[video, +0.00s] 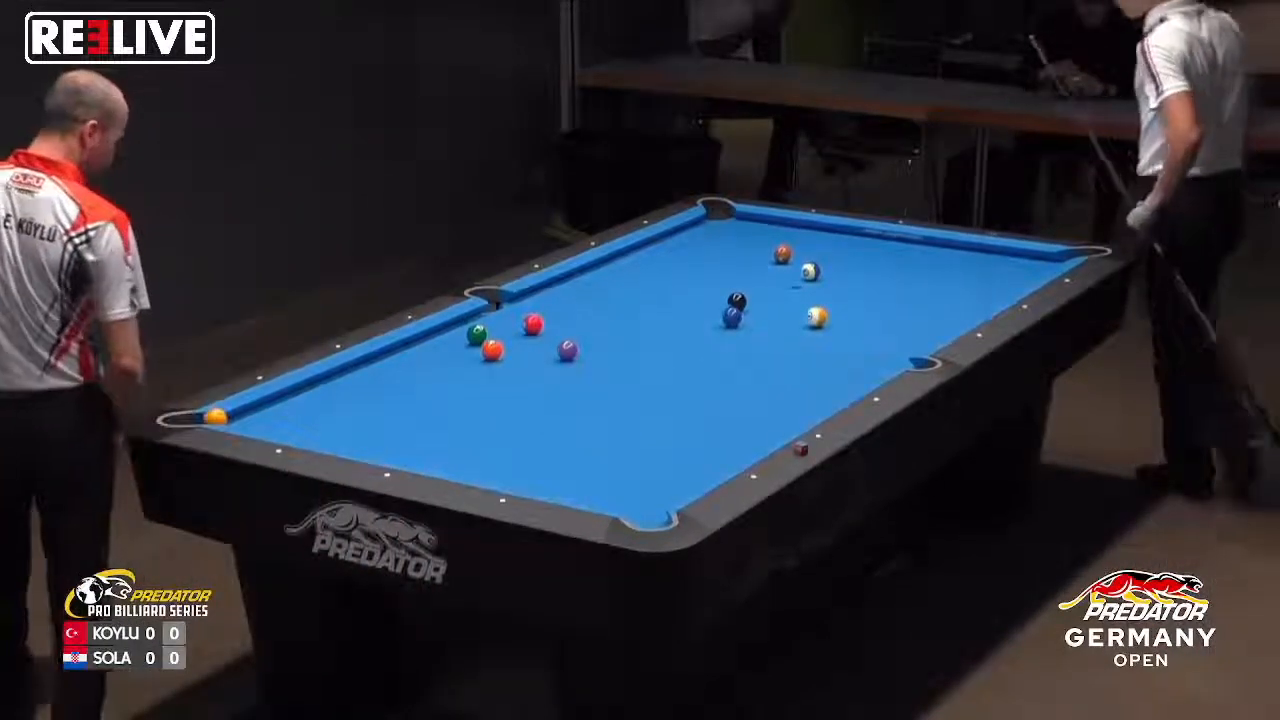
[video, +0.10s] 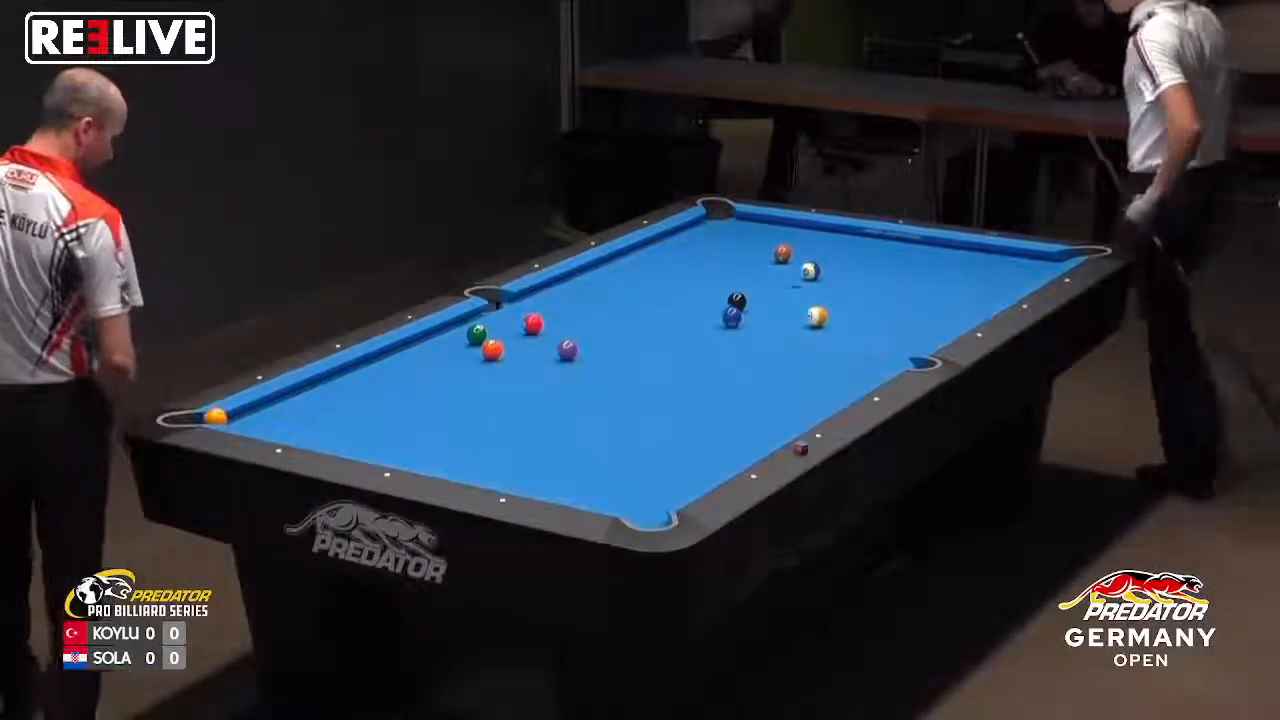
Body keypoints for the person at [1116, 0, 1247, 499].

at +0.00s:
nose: (1120, 5)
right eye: (1118, 1)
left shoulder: (1162, 40)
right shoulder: (1226, 25)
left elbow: (1185, 135)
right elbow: (1228, 118)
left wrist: (1153, 202)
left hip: (1182, 198)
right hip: (1223, 193)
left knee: (1174, 332)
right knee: (1199, 329)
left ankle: (1187, 464)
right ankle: (1237, 443)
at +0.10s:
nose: (1107, 1)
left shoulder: (1152, 34)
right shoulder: (1205, 20)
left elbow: (1186, 127)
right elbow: (1211, 116)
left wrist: (1152, 198)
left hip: (1169, 191)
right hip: (1199, 184)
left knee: (1167, 331)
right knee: (1176, 327)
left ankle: (1188, 467)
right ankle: (1200, 455)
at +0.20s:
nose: (1087, 8)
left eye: (1088, 5)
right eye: (1087, 6)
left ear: (1102, 1)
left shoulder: (1137, 29)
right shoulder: (1165, 18)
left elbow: (1183, 116)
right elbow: (1189, 117)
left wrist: (1153, 191)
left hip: (1144, 192)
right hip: (1147, 186)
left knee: (1150, 325)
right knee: (1132, 313)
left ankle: (1189, 463)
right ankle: (1130, 421)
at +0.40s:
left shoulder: (1103, 22)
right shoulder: (1087, 25)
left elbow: (1159, 100)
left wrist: (1134, 184)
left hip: (1108, 189)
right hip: (1094, 183)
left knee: (1127, 336)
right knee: (1075, 319)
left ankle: (1187, 464)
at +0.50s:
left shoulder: (1084, 17)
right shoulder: (1064, 22)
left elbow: (1141, 95)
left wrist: (1122, 178)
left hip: (1091, 181)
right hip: (1067, 176)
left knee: (1097, 327)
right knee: (1054, 316)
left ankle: (1163, 444)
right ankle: (1051, 417)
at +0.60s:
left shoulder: (1058, 13)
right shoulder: (1037, 18)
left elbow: (1113, 90)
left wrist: (1094, 171)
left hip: (1062, 168)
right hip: (1046, 163)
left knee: (1036, 299)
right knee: (1038, 297)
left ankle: (1114, 398)